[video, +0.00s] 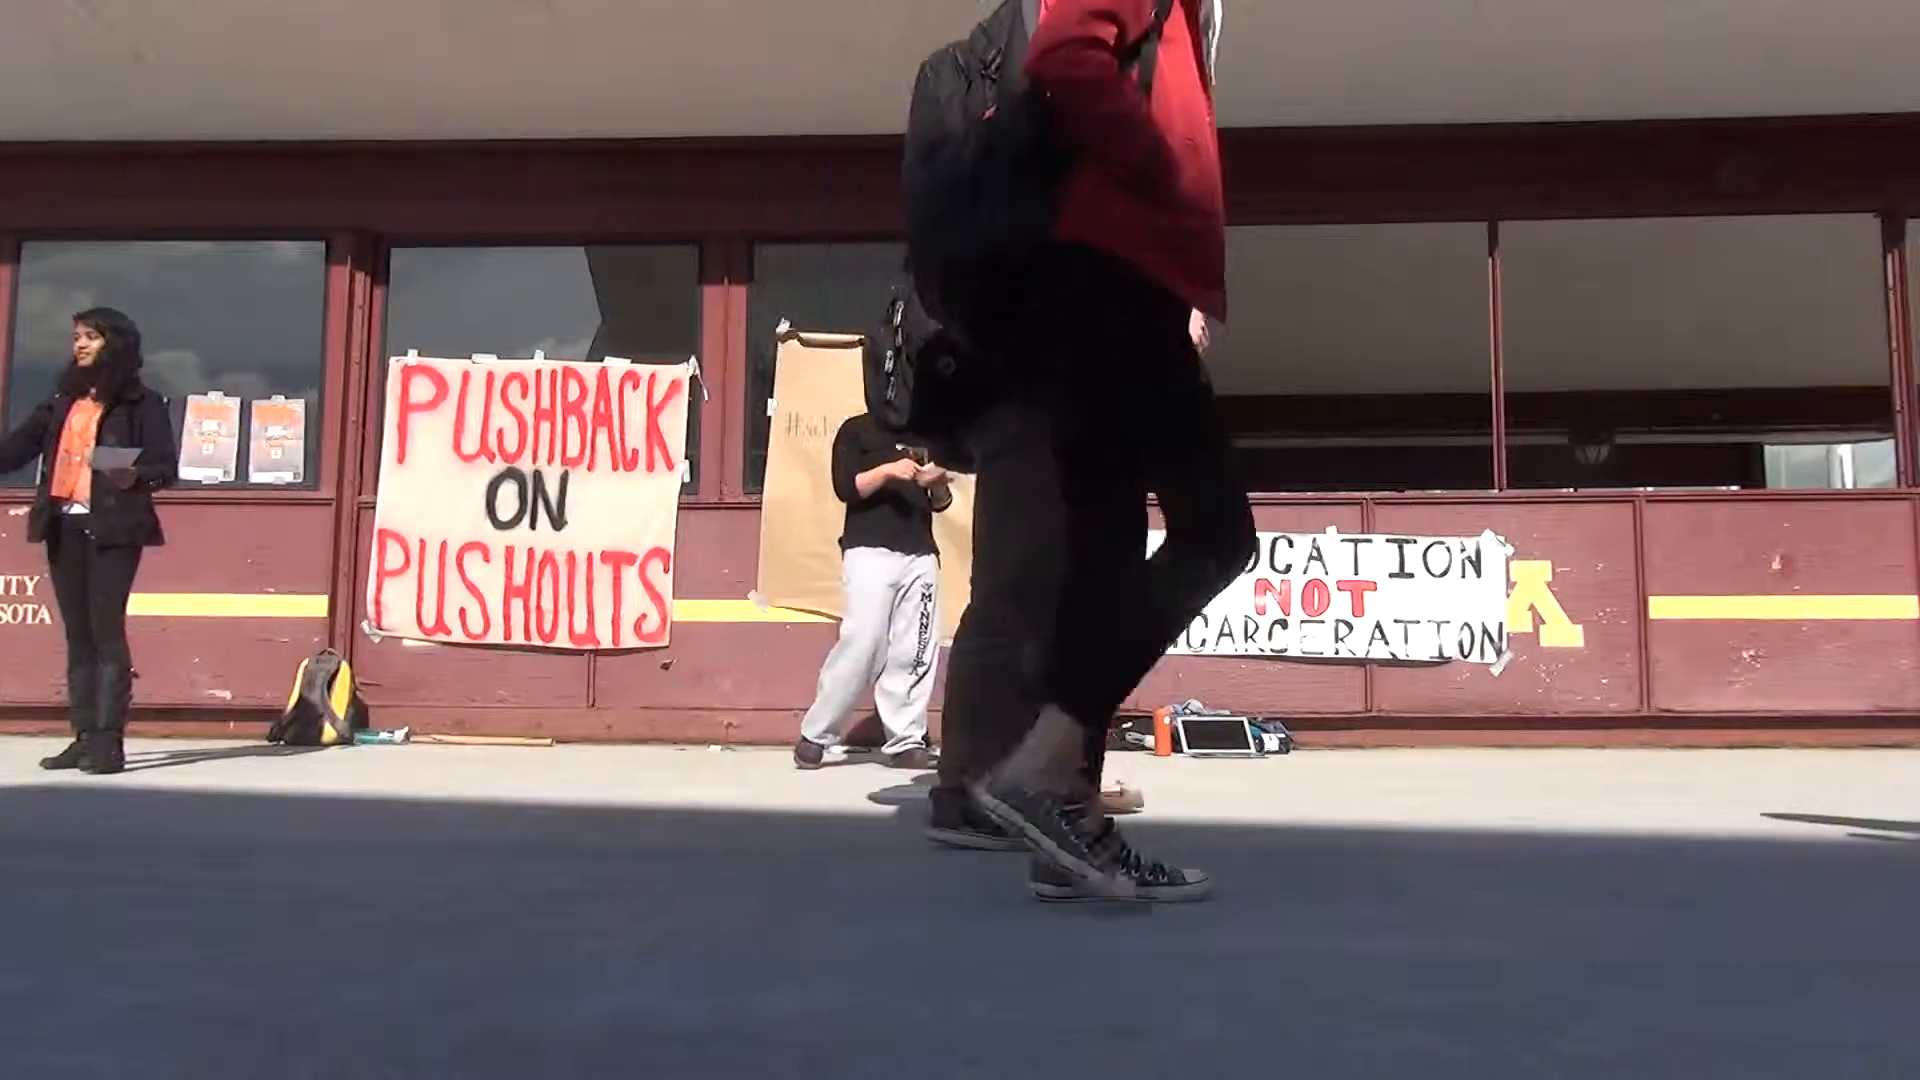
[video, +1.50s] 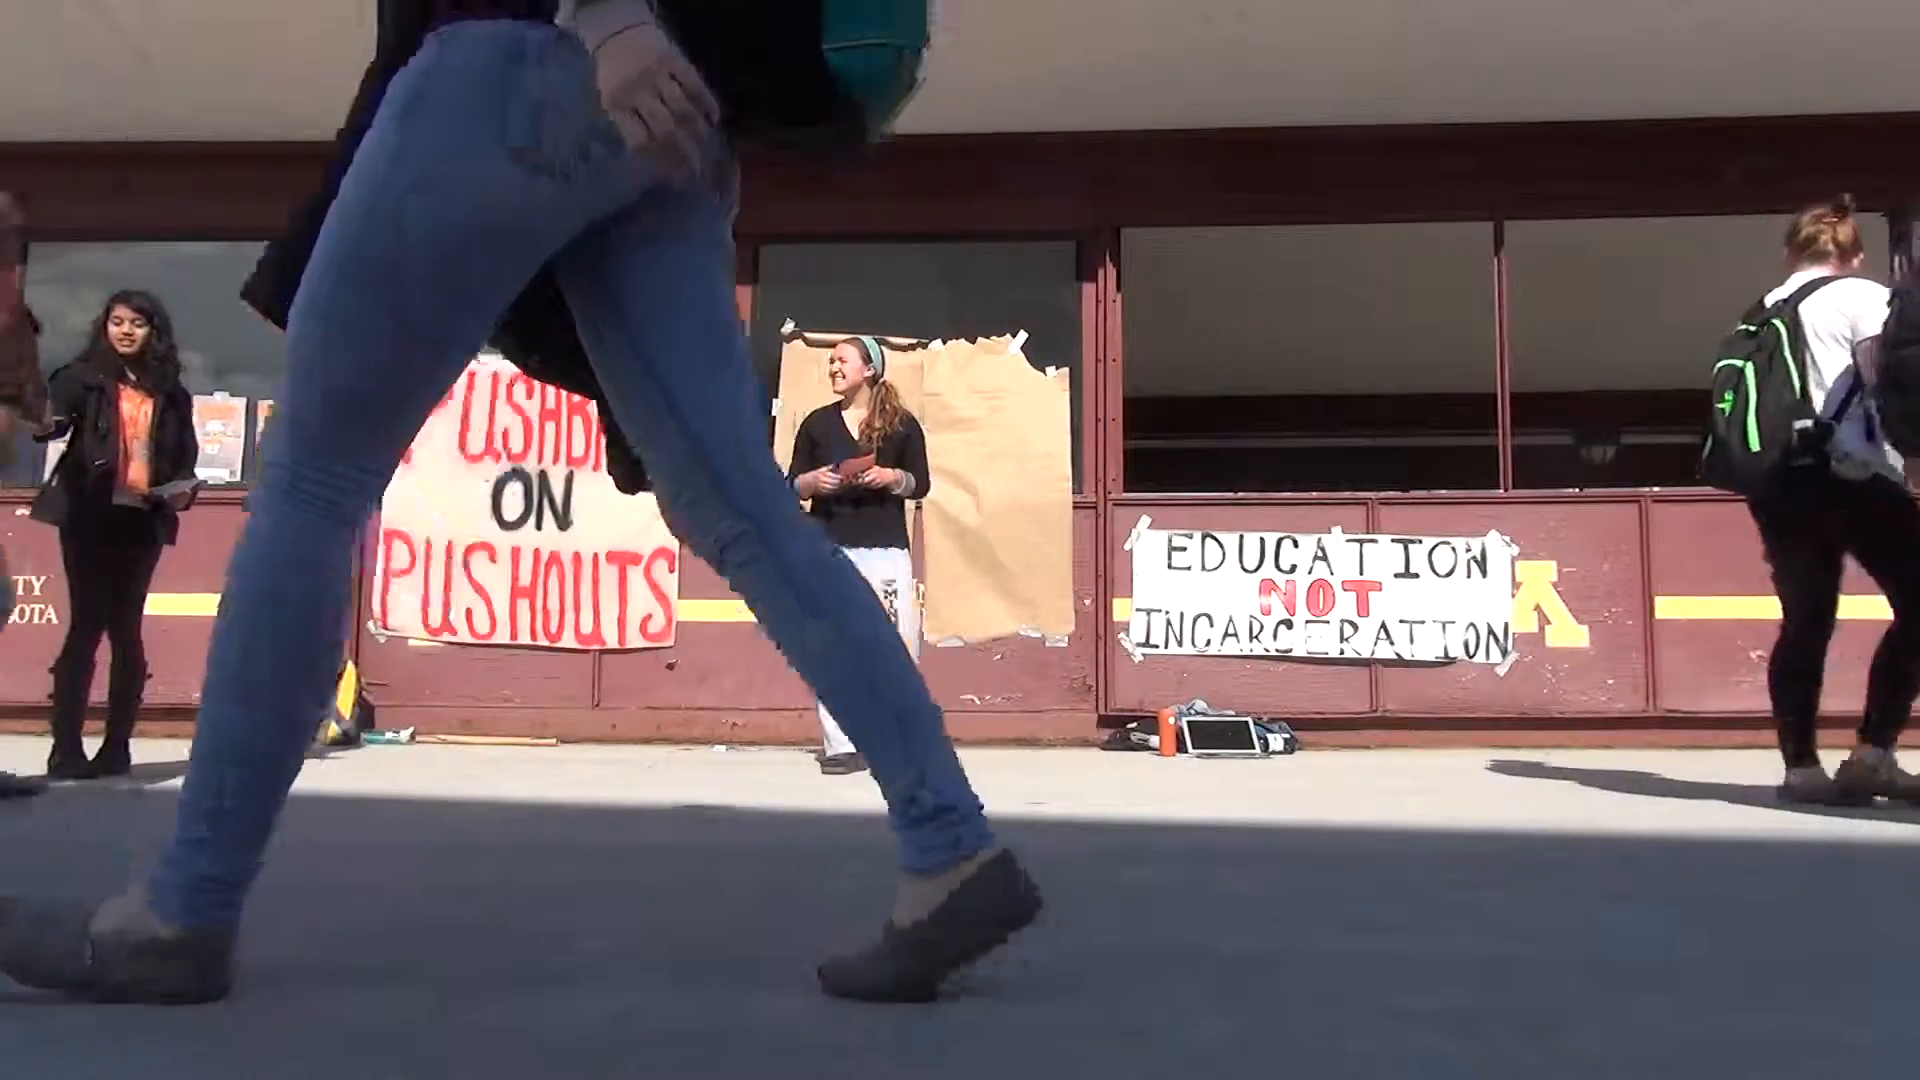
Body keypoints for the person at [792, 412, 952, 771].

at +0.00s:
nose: (895, 396)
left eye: (902, 388)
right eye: (888, 386)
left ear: (912, 393)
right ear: (872, 387)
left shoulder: (922, 437)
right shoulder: (855, 431)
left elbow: (942, 503)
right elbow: (846, 488)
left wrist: (937, 480)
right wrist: (887, 470)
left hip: (918, 551)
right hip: (870, 548)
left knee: (912, 650)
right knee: (864, 642)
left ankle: (905, 741)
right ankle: (816, 735)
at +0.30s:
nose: (906, 382)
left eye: (914, 376)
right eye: (899, 375)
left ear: (928, 385)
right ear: (889, 382)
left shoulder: (943, 436)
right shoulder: (866, 430)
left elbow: (956, 500)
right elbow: (850, 489)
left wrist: (948, 491)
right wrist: (887, 479)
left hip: (928, 552)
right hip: (877, 548)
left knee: (920, 646)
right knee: (873, 639)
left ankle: (906, 742)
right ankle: (841, 741)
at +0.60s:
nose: (895, 379)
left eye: (904, 372)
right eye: (889, 372)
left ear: (923, 380)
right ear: (883, 380)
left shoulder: (944, 433)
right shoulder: (863, 431)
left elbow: (962, 492)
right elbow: (848, 492)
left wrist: (945, 488)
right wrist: (892, 480)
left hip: (927, 553)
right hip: (875, 549)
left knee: (917, 647)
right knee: (863, 642)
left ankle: (906, 742)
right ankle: (840, 744)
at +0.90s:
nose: (867, 375)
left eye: (875, 367)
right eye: (864, 368)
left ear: (901, 373)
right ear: (866, 375)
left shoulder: (930, 429)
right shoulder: (849, 428)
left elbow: (950, 488)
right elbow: (831, 490)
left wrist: (930, 483)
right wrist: (859, 483)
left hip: (914, 551)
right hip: (860, 548)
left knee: (912, 644)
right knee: (857, 643)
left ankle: (907, 741)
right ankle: (846, 744)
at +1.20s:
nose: (847, 371)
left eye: (855, 364)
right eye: (846, 364)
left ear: (882, 369)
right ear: (853, 371)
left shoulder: (914, 425)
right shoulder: (830, 425)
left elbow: (939, 481)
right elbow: (809, 487)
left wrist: (912, 478)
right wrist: (834, 479)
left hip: (896, 546)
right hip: (840, 544)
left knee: (897, 641)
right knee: (845, 642)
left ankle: (904, 739)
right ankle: (845, 744)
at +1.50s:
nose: (833, 369)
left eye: (841, 362)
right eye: (832, 362)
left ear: (869, 368)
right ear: (840, 369)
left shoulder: (902, 423)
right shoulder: (816, 424)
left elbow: (920, 485)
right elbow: (792, 486)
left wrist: (894, 479)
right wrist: (816, 481)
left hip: (888, 552)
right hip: (830, 551)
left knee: (898, 646)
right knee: (835, 644)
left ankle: (898, 742)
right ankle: (841, 745)